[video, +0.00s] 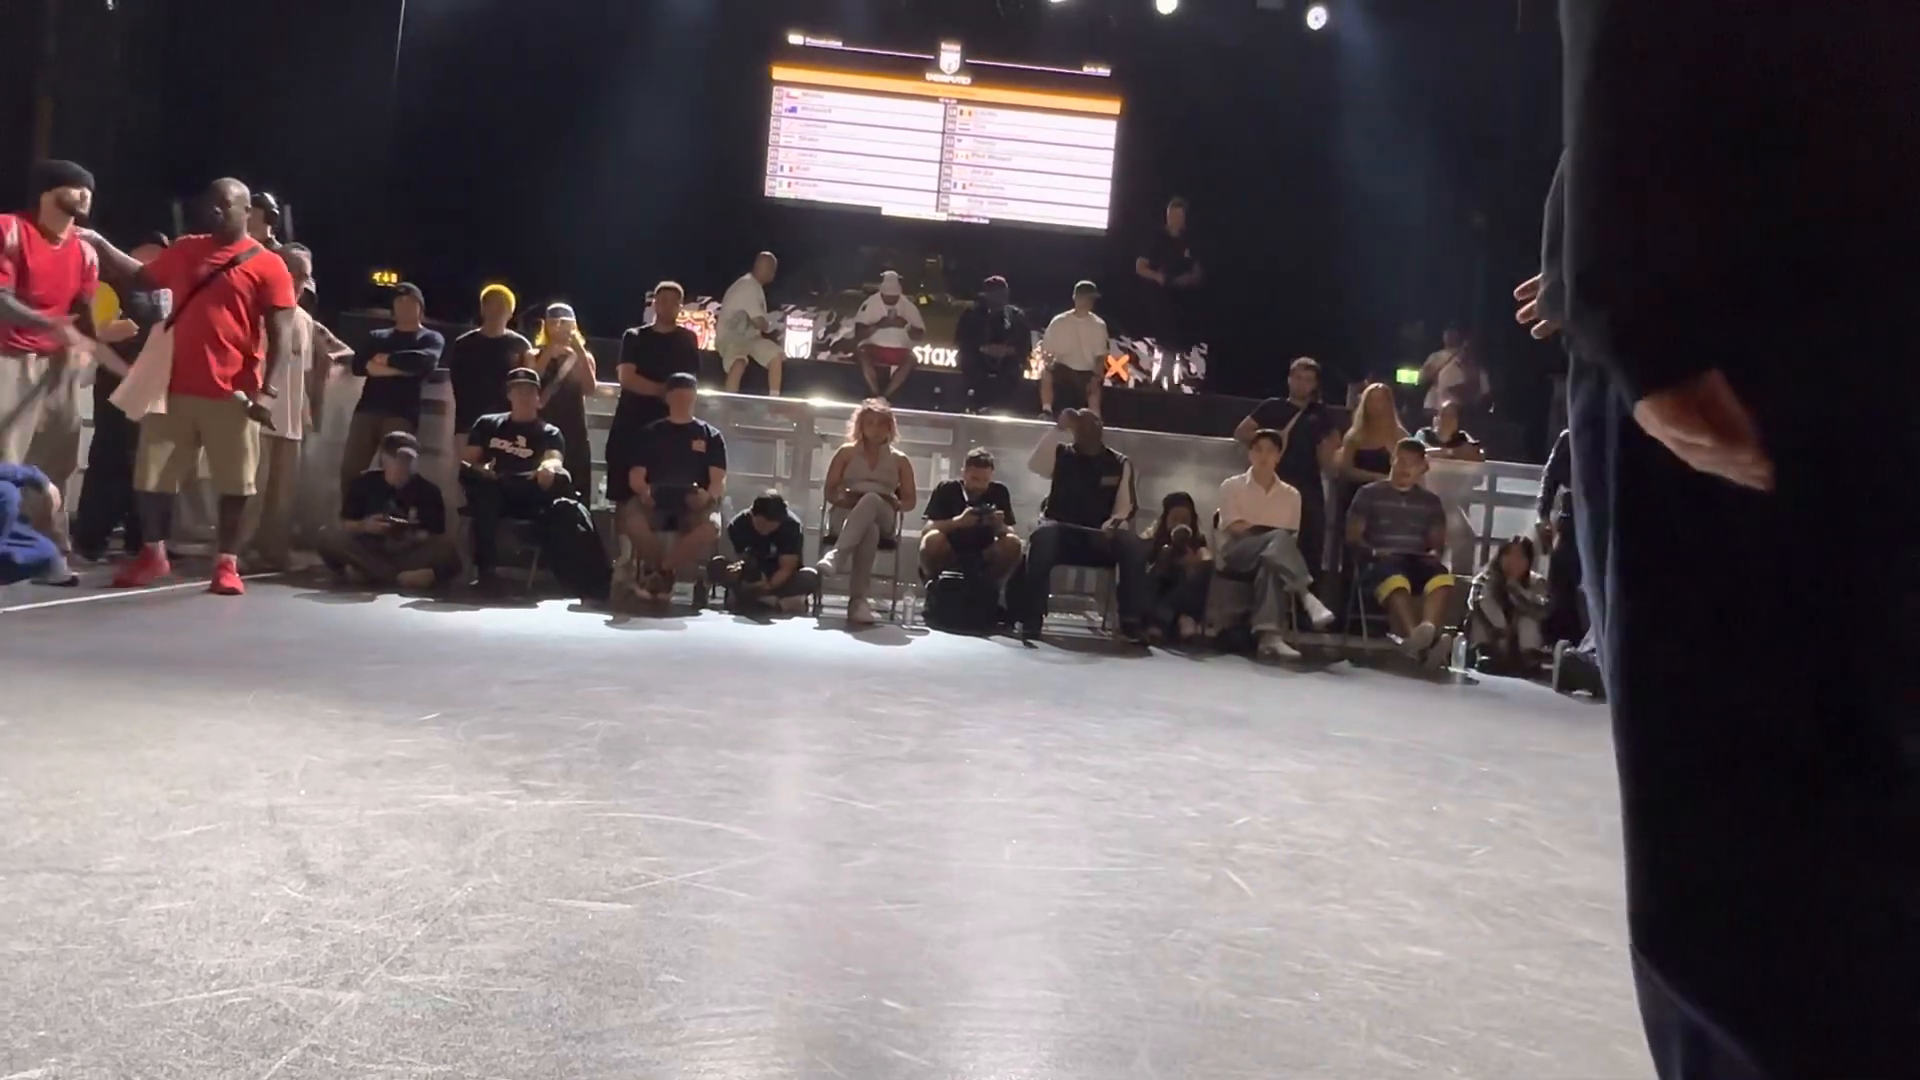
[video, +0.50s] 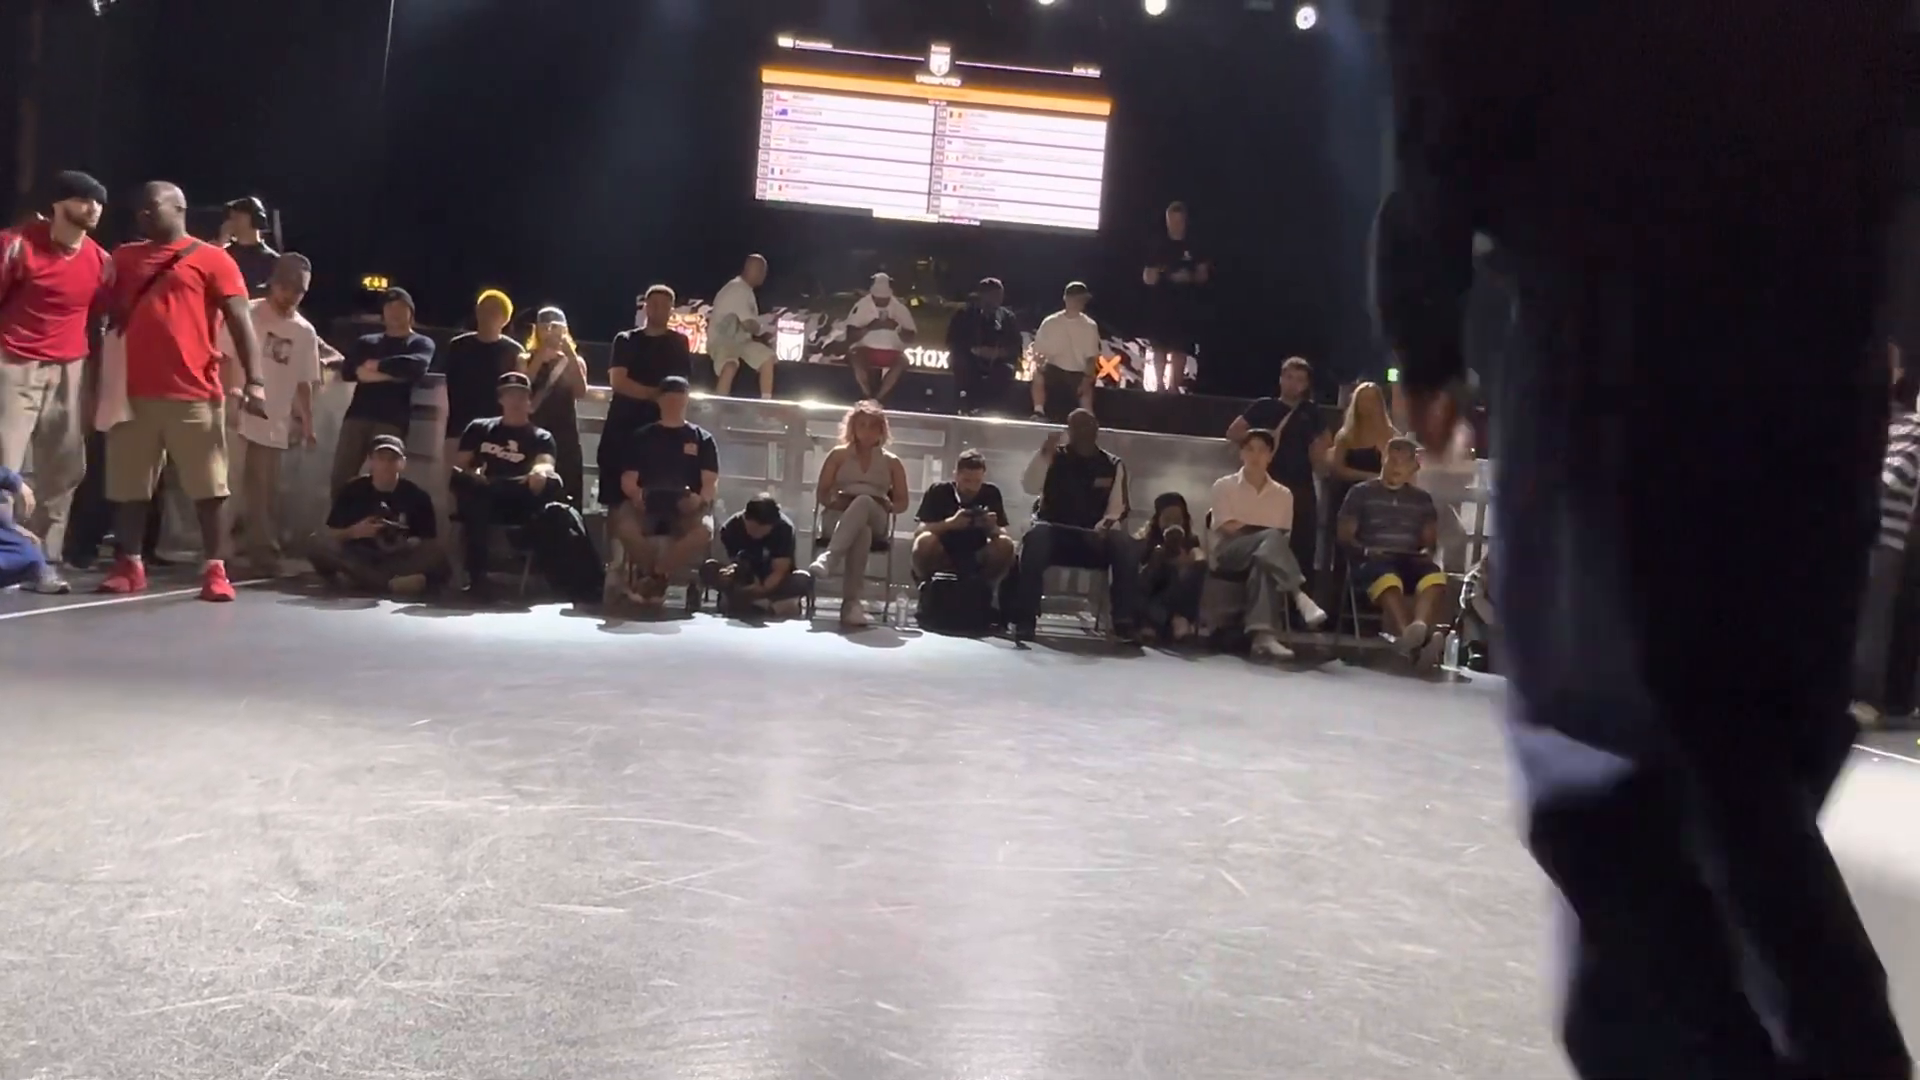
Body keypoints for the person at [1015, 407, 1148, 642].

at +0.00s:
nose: (1086, 430)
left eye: (1092, 424)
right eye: (1080, 425)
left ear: (1101, 430)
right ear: (1072, 430)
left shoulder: (1120, 463)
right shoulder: (1061, 455)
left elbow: (1124, 504)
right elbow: (1036, 464)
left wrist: (1115, 520)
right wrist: (1058, 429)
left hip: (1099, 535)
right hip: (1062, 532)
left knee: (1131, 543)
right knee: (1043, 537)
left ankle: (1131, 622)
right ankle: (1031, 621)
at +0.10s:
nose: (1086, 431)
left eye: (1091, 425)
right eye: (1080, 426)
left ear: (1101, 430)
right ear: (1072, 430)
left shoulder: (1120, 464)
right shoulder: (1061, 455)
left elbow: (1123, 506)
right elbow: (1036, 463)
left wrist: (1114, 521)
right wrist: (1057, 429)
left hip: (1099, 536)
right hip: (1061, 533)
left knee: (1131, 543)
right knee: (1042, 537)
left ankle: (1131, 621)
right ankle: (1031, 621)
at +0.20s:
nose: (1083, 433)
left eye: (1088, 427)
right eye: (1078, 428)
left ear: (1099, 431)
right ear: (1071, 431)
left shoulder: (1118, 464)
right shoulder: (1059, 455)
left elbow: (1122, 506)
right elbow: (1035, 462)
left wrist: (1113, 522)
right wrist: (1056, 429)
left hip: (1097, 536)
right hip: (1060, 533)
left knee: (1130, 543)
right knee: (1041, 537)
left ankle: (1129, 622)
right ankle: (1029, 622)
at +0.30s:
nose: (1083, 431)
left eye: (1089, 426)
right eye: (1077, 426)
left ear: (1098, 431)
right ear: (1070, 431)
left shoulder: (1117, 465)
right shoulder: (1058, 456)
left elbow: (1120, 507)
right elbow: (1034, 465)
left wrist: (1110, 524)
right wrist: (1054, 432)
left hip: (1096, 537)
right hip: (1059, 535)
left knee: (1129, 544)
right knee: (1039, 537)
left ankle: (1128, 623)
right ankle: (1029, 622)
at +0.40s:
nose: (1079, 433)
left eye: (1085, 428)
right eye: (1074, 428)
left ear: (1096, 431)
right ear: (1067, 431)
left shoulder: (1114, 464)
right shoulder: (1055, 456)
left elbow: (1118, 506)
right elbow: (1032, 473)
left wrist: (1108, 523)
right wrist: (1049, 437)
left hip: (1093, 537)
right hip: (1057, 535)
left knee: (1126, 544)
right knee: (1037, 538)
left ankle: (1125, 621)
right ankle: (1027, 621)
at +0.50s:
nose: (1082, 433)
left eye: (1087, 426)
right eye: (1077, 427)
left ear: (1097, 430)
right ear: (1068, 430)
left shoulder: (1114, 465)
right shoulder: (1054, 457)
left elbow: (1117, 506)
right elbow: (1030, 486)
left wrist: (1106, 523)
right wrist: (1045, 453)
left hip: (1092, 537)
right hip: (1056, 535)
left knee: (1124, 542)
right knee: (1036, 537)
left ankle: (1124, 621)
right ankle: (1025, 621)